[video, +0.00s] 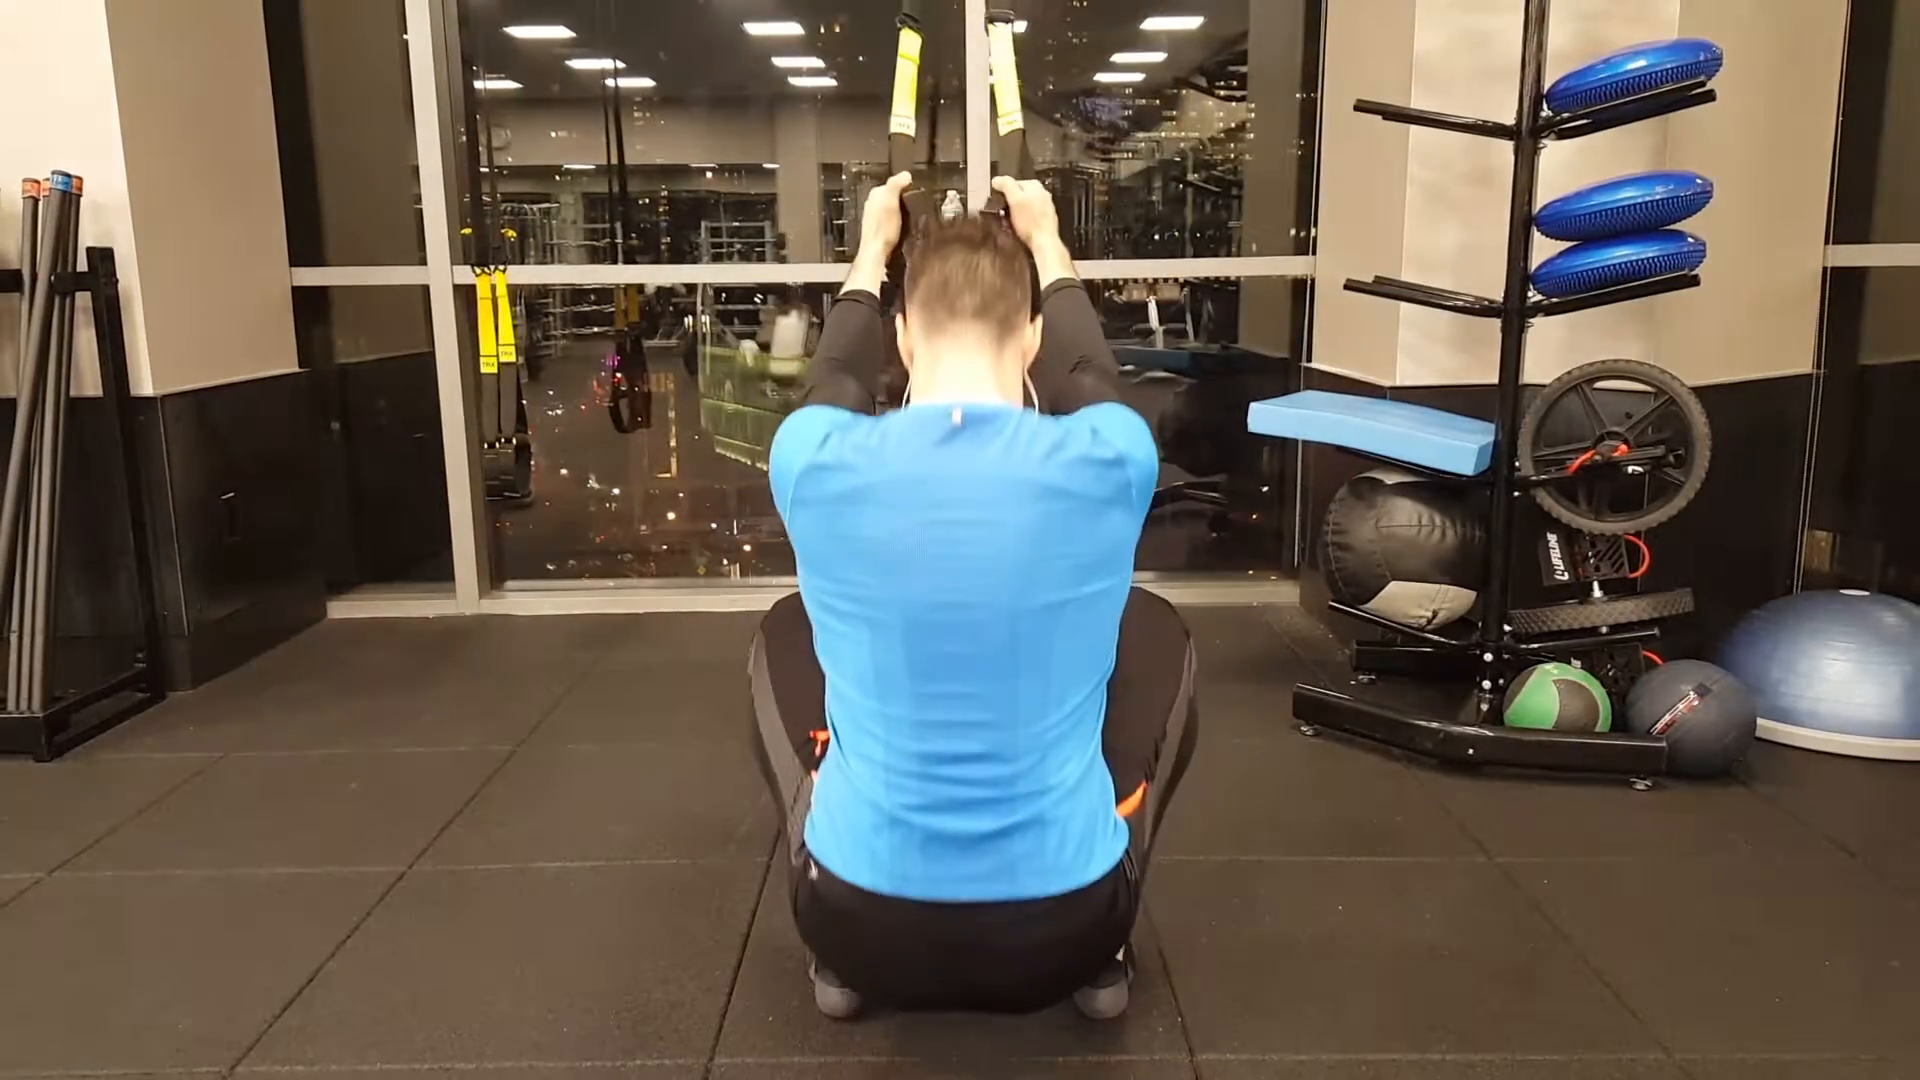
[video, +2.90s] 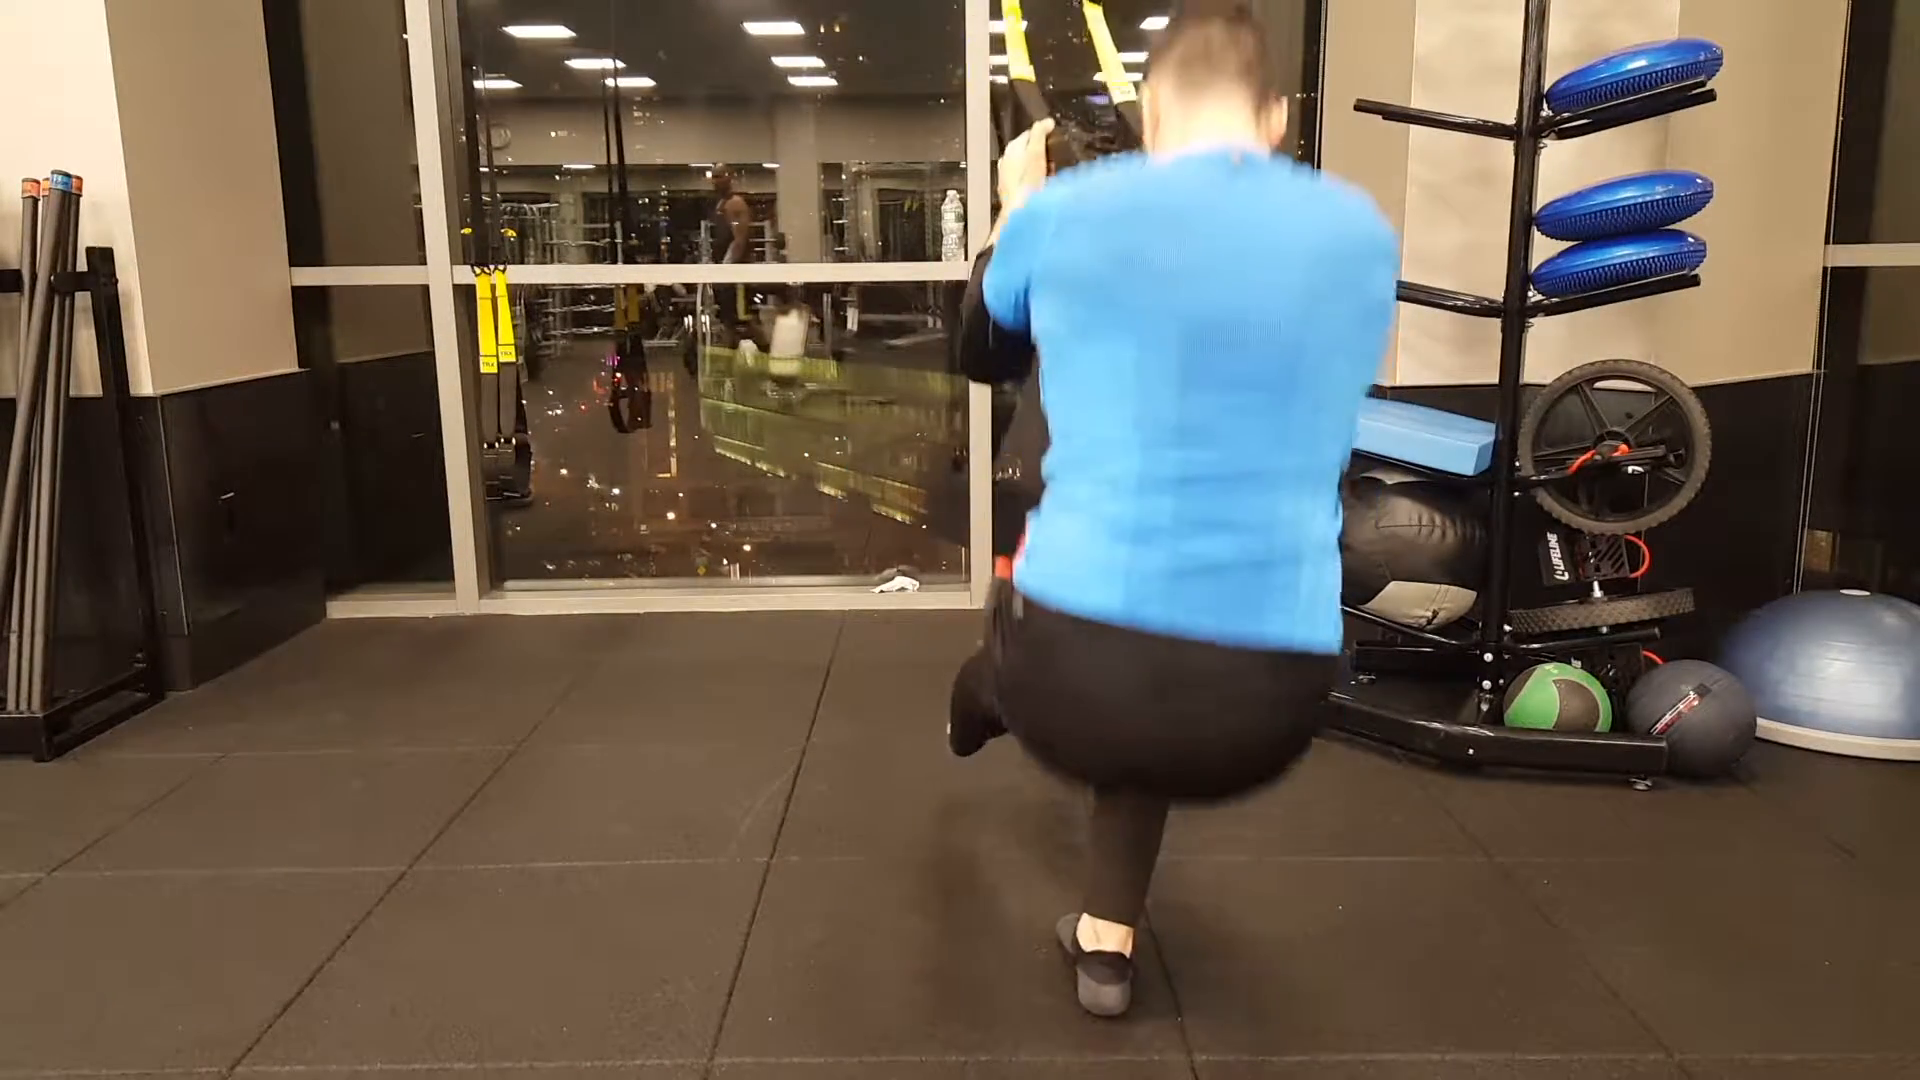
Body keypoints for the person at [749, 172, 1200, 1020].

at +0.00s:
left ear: (901, 345)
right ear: (1032, 344)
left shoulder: (817, 466)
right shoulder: (1108, 464)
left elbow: (838, 381)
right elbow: (1095, 379)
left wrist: (870, 262)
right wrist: (1053, 253)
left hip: (872, 938)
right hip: (1055, 940)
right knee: (1141, 628)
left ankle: (834, 960)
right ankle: (1105, 957)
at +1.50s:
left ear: (1041, 357)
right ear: (1169, 358)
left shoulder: (975, 471)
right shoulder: (1256, 475)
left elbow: (928, 378)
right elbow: (1181, 396)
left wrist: (916, 271)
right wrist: (1102, 256)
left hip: (988, 930)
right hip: (1171, 945)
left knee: (910, 603)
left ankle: (845, 896)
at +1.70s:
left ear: (1096, 339)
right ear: (1224, 347)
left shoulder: (1019, 454)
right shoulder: (1305, 471)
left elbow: (955, 365)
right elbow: (1216, 368)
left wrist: (947, 262)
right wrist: (1145, 238)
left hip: (1019, 933)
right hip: (1201, 948)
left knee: (962, 622)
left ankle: (845, 787)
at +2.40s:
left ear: (1120, 377)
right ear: (1250, 386)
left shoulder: (1043, 503)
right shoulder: (1327, 505)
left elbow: (1003, 384)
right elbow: (1238, 403)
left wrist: (987, 265)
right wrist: (1167, 267)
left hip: (1069, 971)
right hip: (1247, 976)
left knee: (1020, 637)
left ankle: (987, 748)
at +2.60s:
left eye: (1132, 308)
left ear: (1130, 319)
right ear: (1262, 327)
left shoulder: (1056, 441)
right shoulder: (1343, 447)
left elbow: (992, 386)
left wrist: (996, 259)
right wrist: (1173, 248)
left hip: (1082, 919)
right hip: (1256, 923)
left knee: (1024, 648)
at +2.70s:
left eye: (1134, 247)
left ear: (1137, 253)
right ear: (1267, 258)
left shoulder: (1057, 366)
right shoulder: (1354, 379)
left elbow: (985, 357)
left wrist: (992, 254)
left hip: (1086, 843)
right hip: (1262, 859)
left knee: (1029, 646)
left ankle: (1106, 936)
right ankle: (1117, 930)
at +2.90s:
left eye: (1150, 110)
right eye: (1277, 115)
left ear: (1146, 117)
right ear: (1275, 120)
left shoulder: (1058, 218)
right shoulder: (1361, 234)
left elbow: (982, 353)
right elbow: (1331, 386)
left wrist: (1024, 209)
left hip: (1082, 681)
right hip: (1262, 707)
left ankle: (983, 693)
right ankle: (1111, 940)